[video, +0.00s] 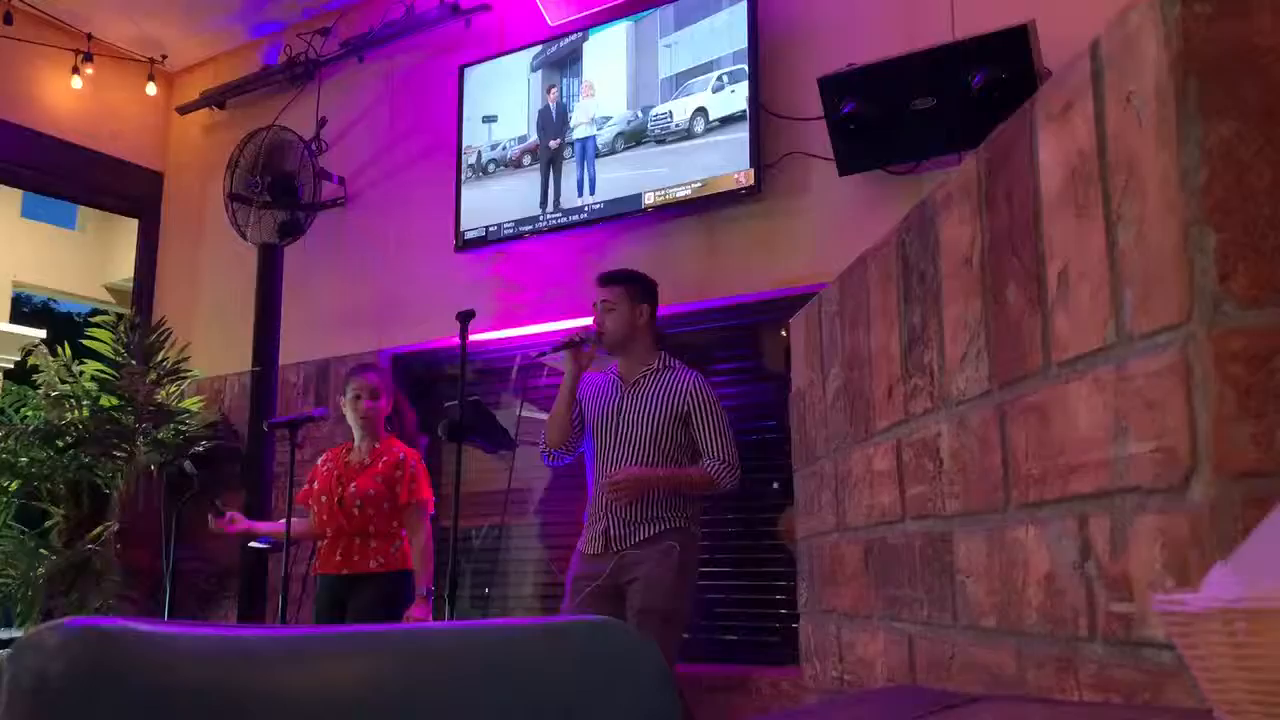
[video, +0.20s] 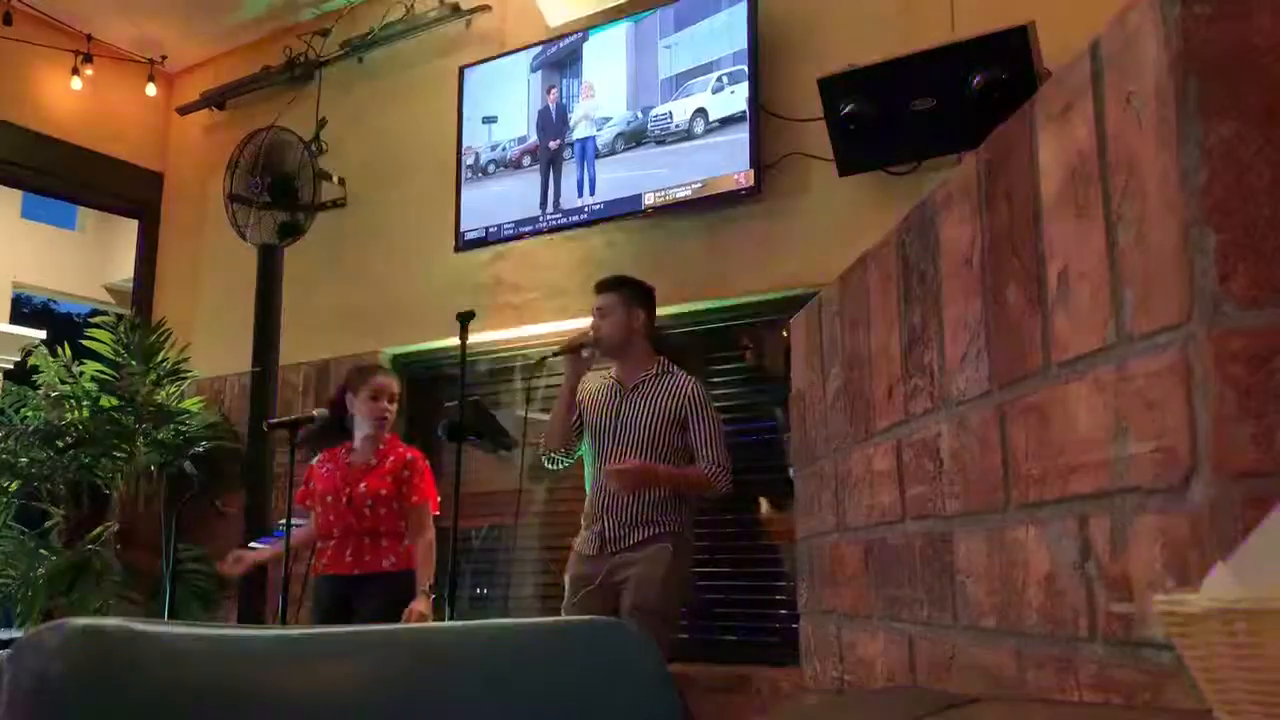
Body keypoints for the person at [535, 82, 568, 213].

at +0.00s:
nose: (556, 94)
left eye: (556, 92)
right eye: (553, 92)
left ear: (558, 94)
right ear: (548, 94)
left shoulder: (562, 108)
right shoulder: (542, 111)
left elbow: (565, 125)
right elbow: (539, 130)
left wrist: (560, 139)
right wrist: (548, 142)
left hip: (558, 146)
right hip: (546, 147)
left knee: (557, 176)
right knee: (544, 177)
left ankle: (557, 203)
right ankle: (543, 205)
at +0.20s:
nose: (556, 95)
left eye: (557, 93)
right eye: (553, 93)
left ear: (558, 94)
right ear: (548, 95)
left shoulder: (562, 108)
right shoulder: (542, 111)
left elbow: (566, 126)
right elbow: (539, 131)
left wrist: (559, 140)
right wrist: (548, 143)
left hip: (558, 147)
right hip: (546, 148)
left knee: (557, 177)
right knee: (544, 178)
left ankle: (556, 204)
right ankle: (543, 206)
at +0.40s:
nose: (556, 95)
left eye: (557, 93)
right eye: (554, 93)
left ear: (558, 94)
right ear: (548, 95)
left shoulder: (562, 109)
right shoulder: (542, 112)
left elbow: (565, 126)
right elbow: (539, 131)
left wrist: (560, 140)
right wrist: (548, 142)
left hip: (558, 147)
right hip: (546, 148)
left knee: (557, 178)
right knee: (545, 178)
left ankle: (557, 204)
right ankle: (543, 206)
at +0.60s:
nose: (556, 96)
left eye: (557, 93)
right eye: (554, 94)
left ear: (558, 95)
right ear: (548, 96)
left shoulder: (562, 108)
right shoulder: (542, 111)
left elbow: (565, 126)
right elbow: (539, 131)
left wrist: (559, 140)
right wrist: (548, 143)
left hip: (558, 147)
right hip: (546, 148)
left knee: (557, 177)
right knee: (545, 178)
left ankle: (557, 204)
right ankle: (543, 206)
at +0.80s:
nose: (556, 96)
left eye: (557, 93)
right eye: (554, 94)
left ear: (558, 95)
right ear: (548, 96)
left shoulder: (563, 108)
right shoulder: (542, 111)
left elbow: (565, 126)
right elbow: (539, 131)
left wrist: (560, 140)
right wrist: (548, 142)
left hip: (559, 147)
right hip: (546, 148)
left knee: (558, 177)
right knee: (545, 178)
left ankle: (557, 204)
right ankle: (543, 206)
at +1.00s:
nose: (556, 96)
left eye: (557, 93)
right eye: (553, 94)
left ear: (558, 95)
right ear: (548, 96)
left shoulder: (563, 108)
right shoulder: (542, 112)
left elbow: (565, 126)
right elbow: (539, 130)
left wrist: (561, 139)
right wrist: (548, 142)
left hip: (559, 147)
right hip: (546, 148)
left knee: (558, 178)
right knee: (545, 178)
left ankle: (557, 204)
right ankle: (543, 206)